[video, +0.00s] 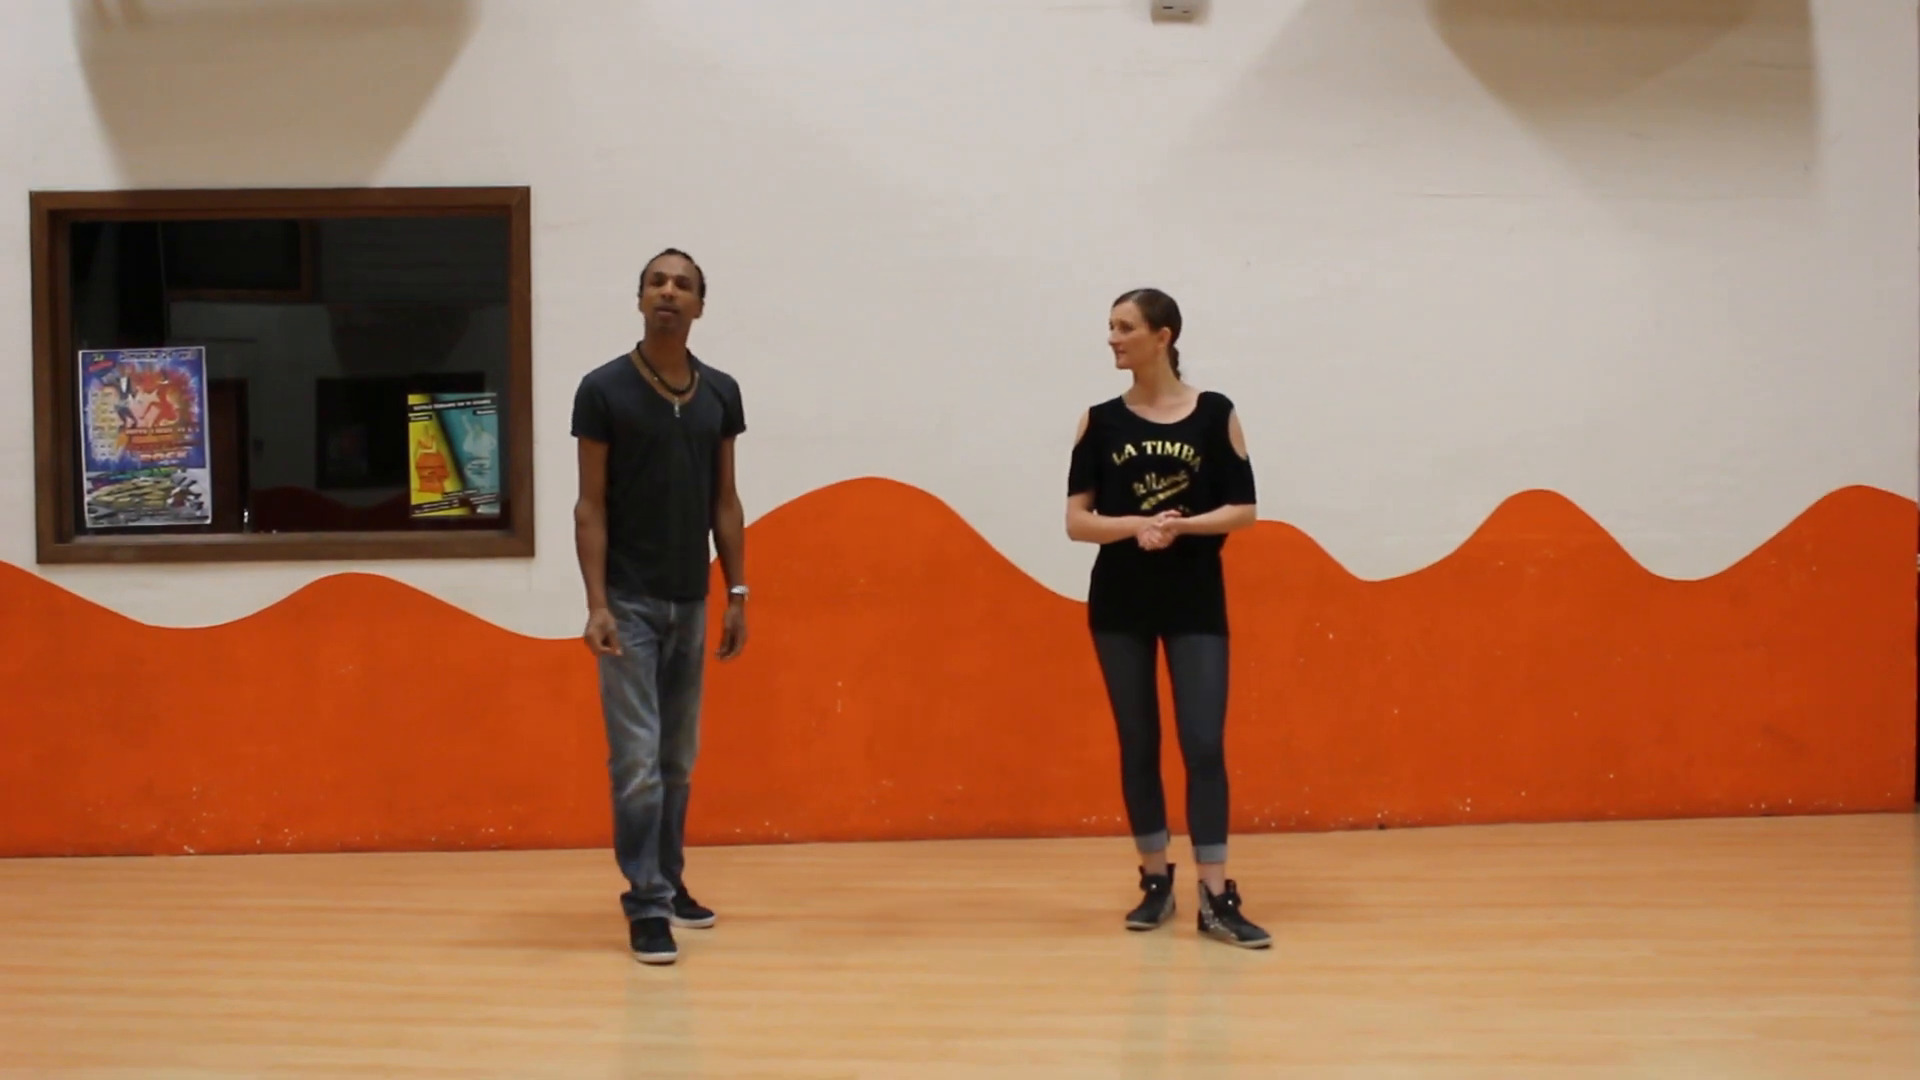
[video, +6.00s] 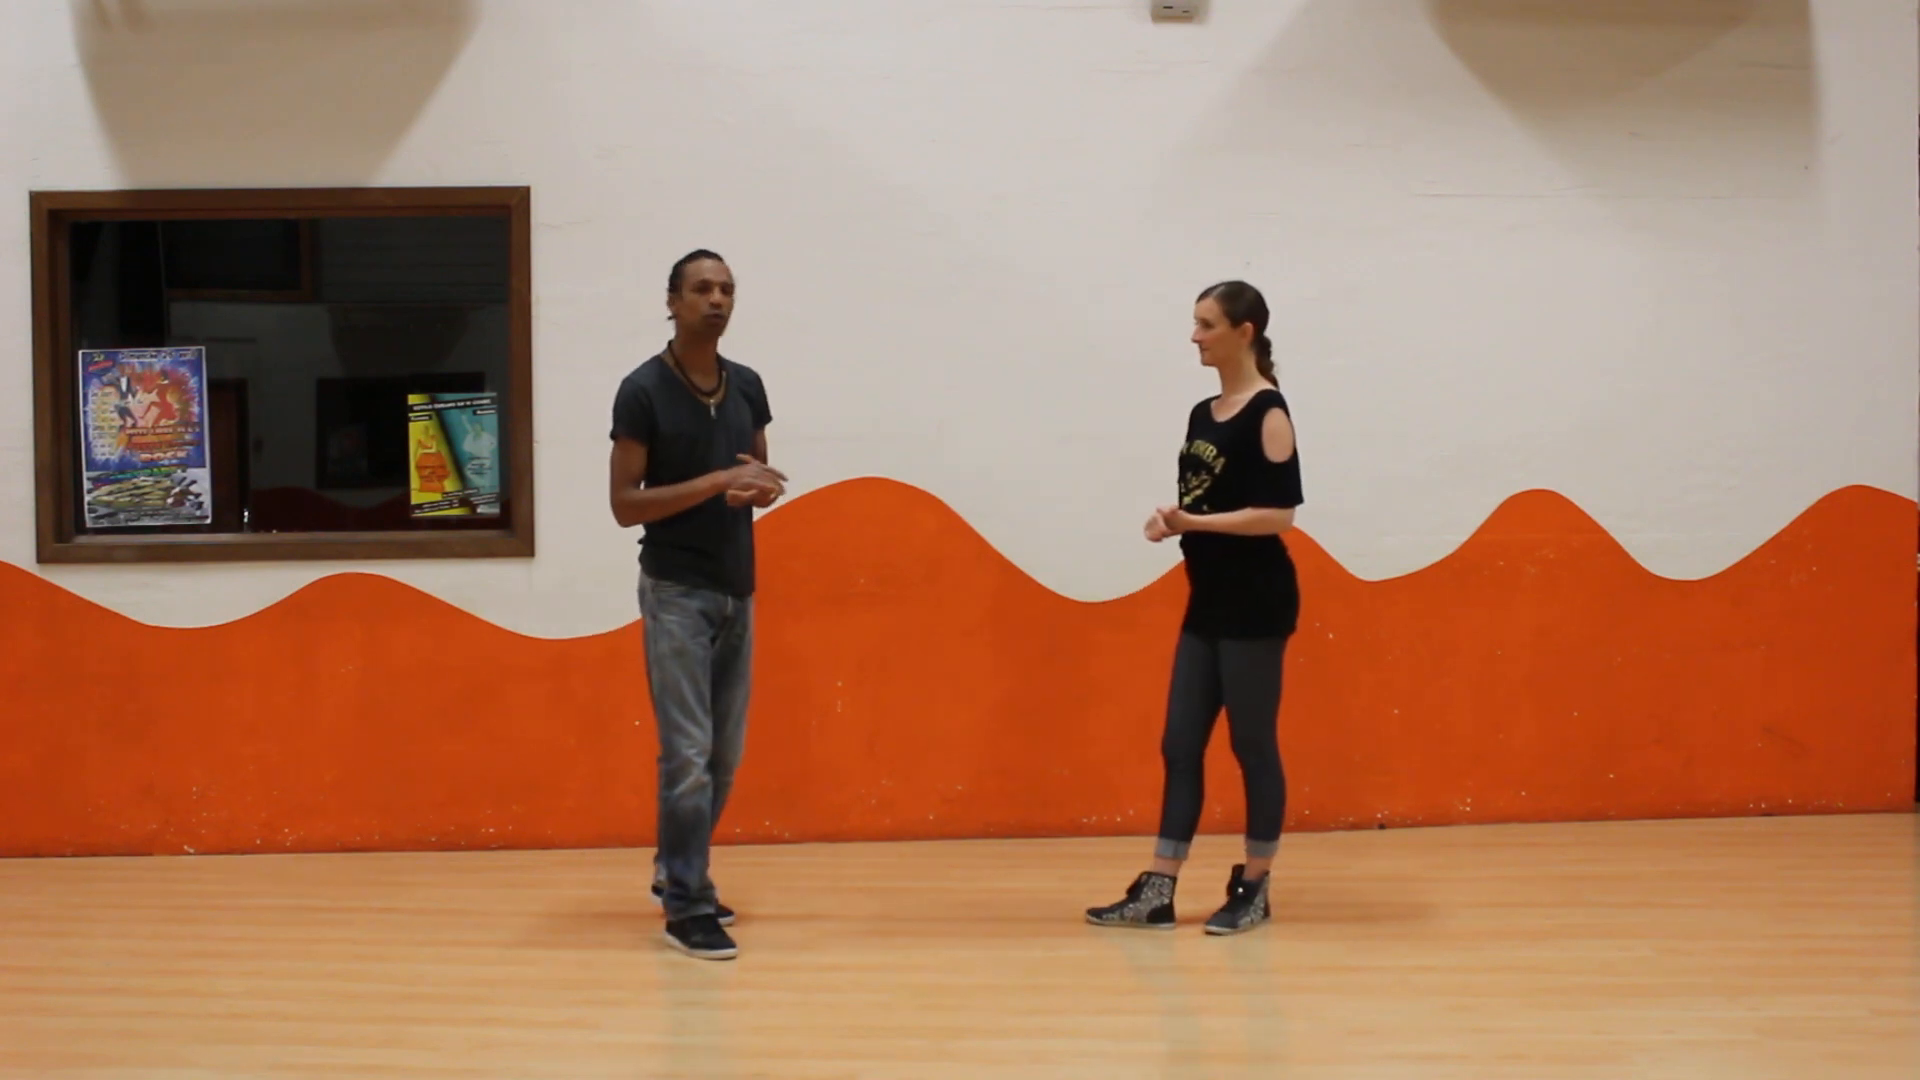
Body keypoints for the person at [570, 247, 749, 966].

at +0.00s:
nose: (668, 292)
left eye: (682, 284)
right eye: (657, 282)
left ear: (701, 305)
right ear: (638, 299)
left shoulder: (719, 392)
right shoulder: (604, 389)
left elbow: (725, 501)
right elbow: (590, 506)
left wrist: (738, 596)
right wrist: (597, 603)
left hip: (688, 598)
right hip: (626, 600)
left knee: (677, 756)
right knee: (639, 757)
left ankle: (666, 883)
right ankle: (645, 903)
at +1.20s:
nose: (753, 279)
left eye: (767, 274)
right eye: (741, 265)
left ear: (774, 300)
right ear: (712, 280)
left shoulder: (781, 391)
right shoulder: (658, 377)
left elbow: (777, 506)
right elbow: (627, 500)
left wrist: (792, 604)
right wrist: (706, 567)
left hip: (756, 605)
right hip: (678, 604)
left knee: (755, 777)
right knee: (673, 778)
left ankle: (751, 937)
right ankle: (651, 905)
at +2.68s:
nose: (687, 292)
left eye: (700, 286)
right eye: (674, 278)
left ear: (706, 309)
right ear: (642, 295)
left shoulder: (713, 394)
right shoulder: (595, 391)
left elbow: (710, 500)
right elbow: (563, 510)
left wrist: (717, 514)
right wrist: (668, 510)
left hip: (686, 603)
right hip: (612, 604)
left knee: (715, 765)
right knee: (617, 770)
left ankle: (743, 929)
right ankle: (621, 921)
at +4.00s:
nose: (733, 315)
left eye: (740, 306)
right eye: (721, 300)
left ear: (737, 320)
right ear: (682, 303)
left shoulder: (715, 396)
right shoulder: (642, 386)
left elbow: (688, 497)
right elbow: (613, 497)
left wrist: (729, 497)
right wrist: (709, 484)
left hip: (689, 586)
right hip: (639, 583)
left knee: (670, 739)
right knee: (664, 737)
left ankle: (645, 887)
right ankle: (636, 897)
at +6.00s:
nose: (716, 299)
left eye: (725, 289)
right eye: (703, 288)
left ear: (733, 304)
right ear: (672, 301)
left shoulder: (746, 385)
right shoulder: (643, 390)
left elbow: (763, 475)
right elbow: (624, 505)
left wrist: (765, 483)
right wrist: (716, 482)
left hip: (735, 592)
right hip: (675, 592)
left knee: (723, 752)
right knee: (688, 751)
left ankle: (680, 877)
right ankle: (689, 903)